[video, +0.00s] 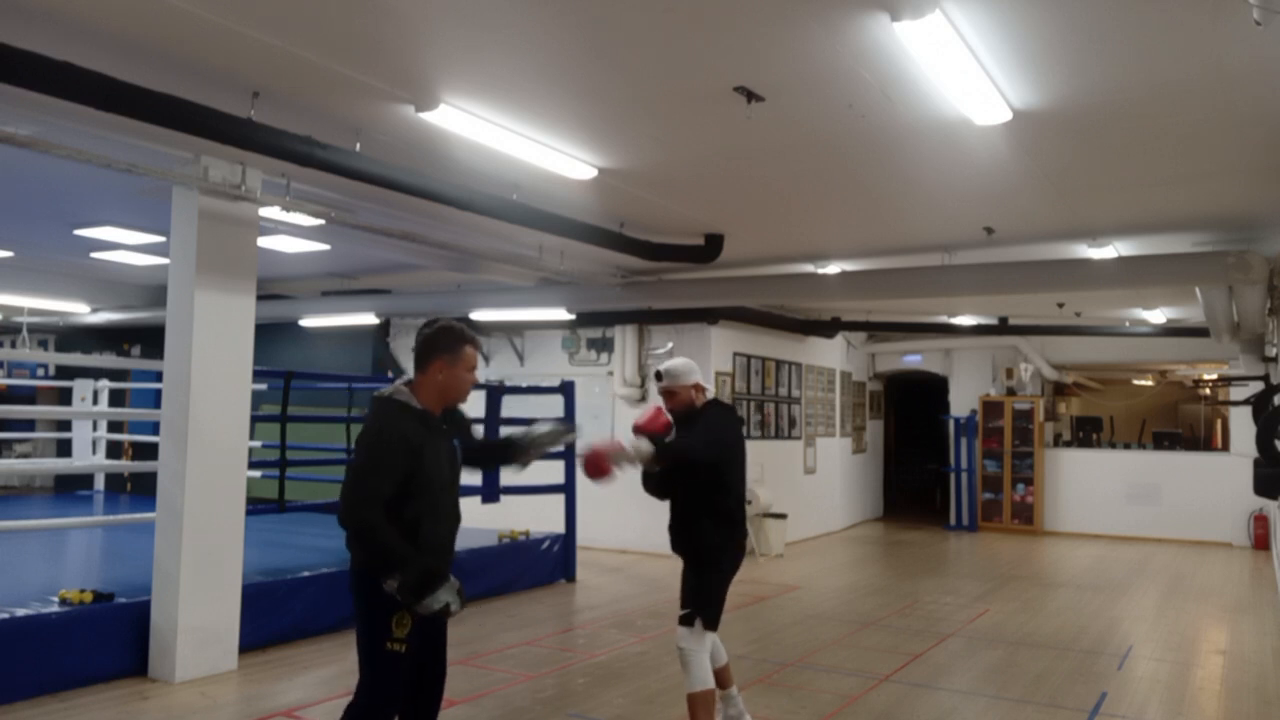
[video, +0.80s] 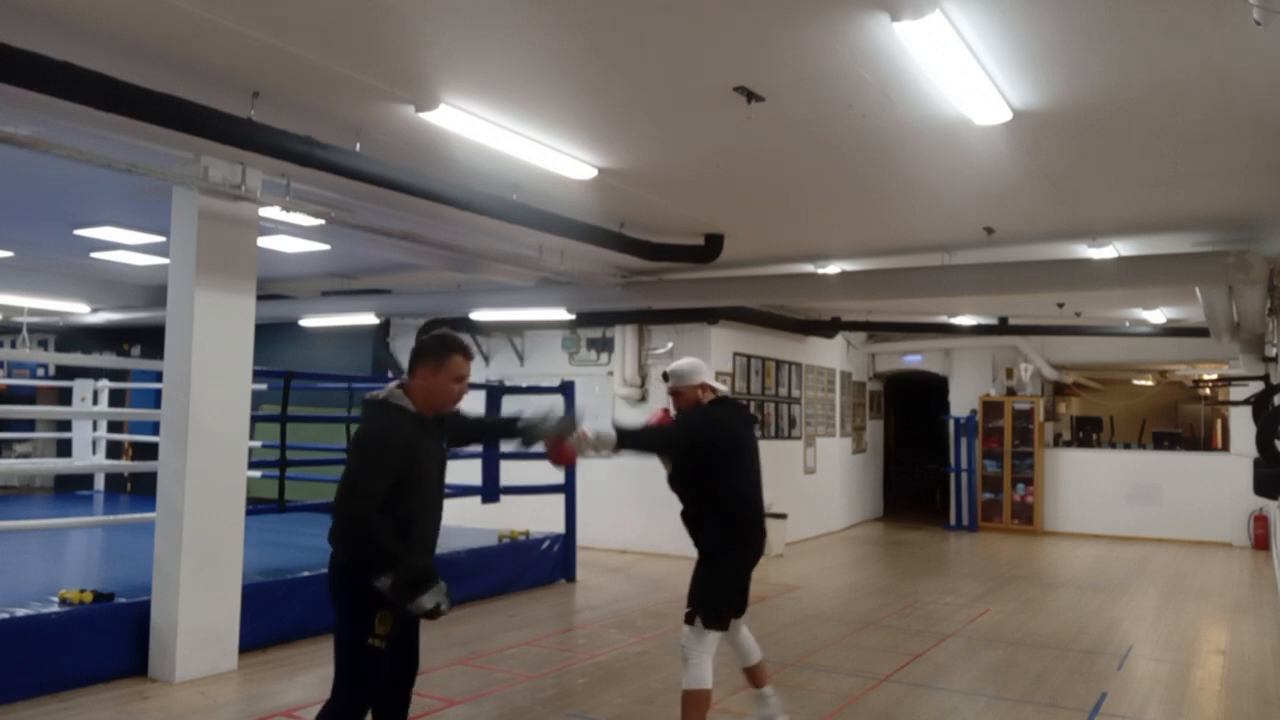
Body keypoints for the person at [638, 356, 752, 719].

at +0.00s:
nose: (665, 403)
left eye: (671, 395)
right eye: (662, 395)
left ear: (695, 390)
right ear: (688, 392)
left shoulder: (716, 420)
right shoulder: (687, 426)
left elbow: (693, 463)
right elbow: (661, 486)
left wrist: (650, 452)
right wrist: (656, 451)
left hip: (716, 546)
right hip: (701, 543)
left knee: (691, 644)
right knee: (703, 637)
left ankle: (706, 715)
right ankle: (734, 710)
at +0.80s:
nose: (672, 402)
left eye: (676, 394)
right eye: (671, 395)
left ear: (699, 391)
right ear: (705, 390)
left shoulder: (700, 423)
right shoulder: (735, 415)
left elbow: (654, 437)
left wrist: (600, 438)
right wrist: (666, 436)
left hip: (723, 546)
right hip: (746, 540)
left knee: (697, 647)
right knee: (733, 627)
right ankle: (769, 706)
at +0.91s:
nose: (680, 407)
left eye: (683, 399)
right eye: (678, 400)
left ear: (705, 395)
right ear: (710, 395)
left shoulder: (719, 428)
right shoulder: (738, 420)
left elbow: (693, 474)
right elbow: (714, 478)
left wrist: (631, 470)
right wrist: (678, 454)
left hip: (723, 554)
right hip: (747, 550)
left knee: (689, 647)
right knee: (752, 631)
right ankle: (796, 709)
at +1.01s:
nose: (688, 411)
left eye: (691, 402)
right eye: (686, 403)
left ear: (714, 398)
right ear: (716, 399)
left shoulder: (736, 431)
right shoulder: (743, 425)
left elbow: (724, 494)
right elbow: (720, 490)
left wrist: (675, 483)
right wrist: (686, 463)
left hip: (733, 558)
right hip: (754, 555)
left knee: (699, 644)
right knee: (760, 637)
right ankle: (800, 712)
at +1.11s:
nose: (697, 408)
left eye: (700, 399)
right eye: (694, 400)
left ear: (723, 395)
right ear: (722, 395)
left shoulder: (747, 426)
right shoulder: (739, 424)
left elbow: (745, 487)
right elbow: (719, 491)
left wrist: (694, 470)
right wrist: (693, 459)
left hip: (745, 555)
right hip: (752, 551)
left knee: (716, 644)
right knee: (763, 636)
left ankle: (703, 717)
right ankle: (799, 711)